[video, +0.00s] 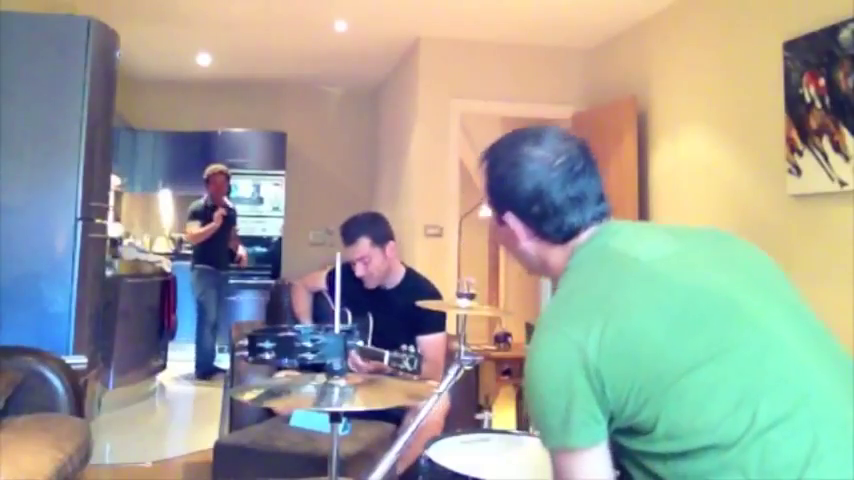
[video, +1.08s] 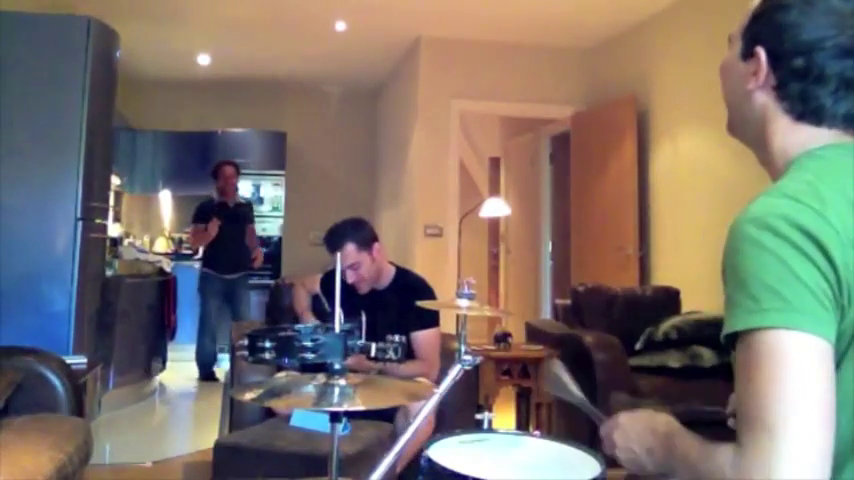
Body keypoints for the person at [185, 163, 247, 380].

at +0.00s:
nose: (220, 187)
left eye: (223, 182)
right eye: (215, 182)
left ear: (227, 184)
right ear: (207, 184)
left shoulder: (230, 211)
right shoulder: (198, 209)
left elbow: (232, 237)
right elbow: (192, 236)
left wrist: (240, 250)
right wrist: (215, 224)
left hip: (222, 267)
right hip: (203, 266)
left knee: (217, 317)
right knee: (208, 315)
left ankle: (209, 361)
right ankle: (203, 365)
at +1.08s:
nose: (229, 182)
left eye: (232, 178)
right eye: (224, 178)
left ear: (237, 180)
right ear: (216, 182)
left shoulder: (245, 207)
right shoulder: (206, 208)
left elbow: (251, 234)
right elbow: (196, 240)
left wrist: (256, 249)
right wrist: (208, 234)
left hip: (239, 275)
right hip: (212, 275)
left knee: (243, 322)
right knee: (209, 322)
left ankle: (243, 367)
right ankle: (206, 367)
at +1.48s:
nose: (250, 179)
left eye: (253, 174)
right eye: (245, 174)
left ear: (259, 177)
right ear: (236, 178)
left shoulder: (268, 205)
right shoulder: (225, 205)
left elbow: (276, 230)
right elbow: (215, 239)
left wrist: (276, 245)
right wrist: (233, 227)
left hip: (261, 275)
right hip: (232, 274)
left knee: (258, 324)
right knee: (227, 323)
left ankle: (256, 367)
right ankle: (213, 365)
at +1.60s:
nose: (255, 178)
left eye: (259, 174)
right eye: (251, 174)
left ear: (265, 176)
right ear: (242, 177)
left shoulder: (274, 204)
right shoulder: (231, 204)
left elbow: (283, 231)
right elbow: (219, 239)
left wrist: (281, 246)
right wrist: (234, 230)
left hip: (268, 272)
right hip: (240, 271)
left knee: (264, 322)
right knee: (241, 321)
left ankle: (261, 366)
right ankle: (227, 364)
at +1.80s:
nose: (262, 178)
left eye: (266, 173)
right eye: (257, 173)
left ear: (272, 175)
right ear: (249, 176)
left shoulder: (281, 204)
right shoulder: (237, 203)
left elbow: (289, 230)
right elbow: (226, 239)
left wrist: (287, 248)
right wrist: (245, 233)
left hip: (273, 271)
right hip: (246, 270)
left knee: (274, 322)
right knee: (254, 323)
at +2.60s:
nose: (288, 172)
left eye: (291, 167)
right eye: (282, 168)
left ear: (297, 169)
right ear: (272, 170)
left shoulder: (303, 199)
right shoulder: (258, 199)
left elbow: (309, 235)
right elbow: (245, 237)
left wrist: (313, 268)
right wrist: (274, 234)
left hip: (295, 275)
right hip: (264, 274)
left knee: (294, 326)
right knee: (265, 326)